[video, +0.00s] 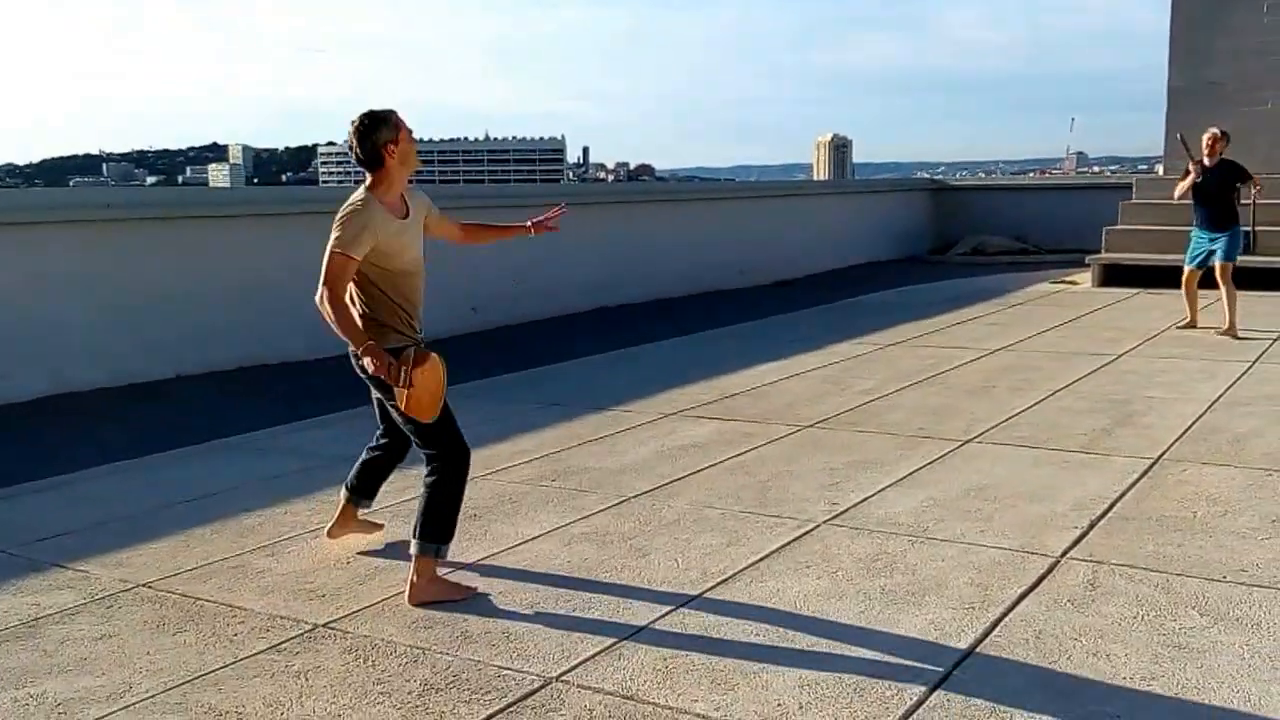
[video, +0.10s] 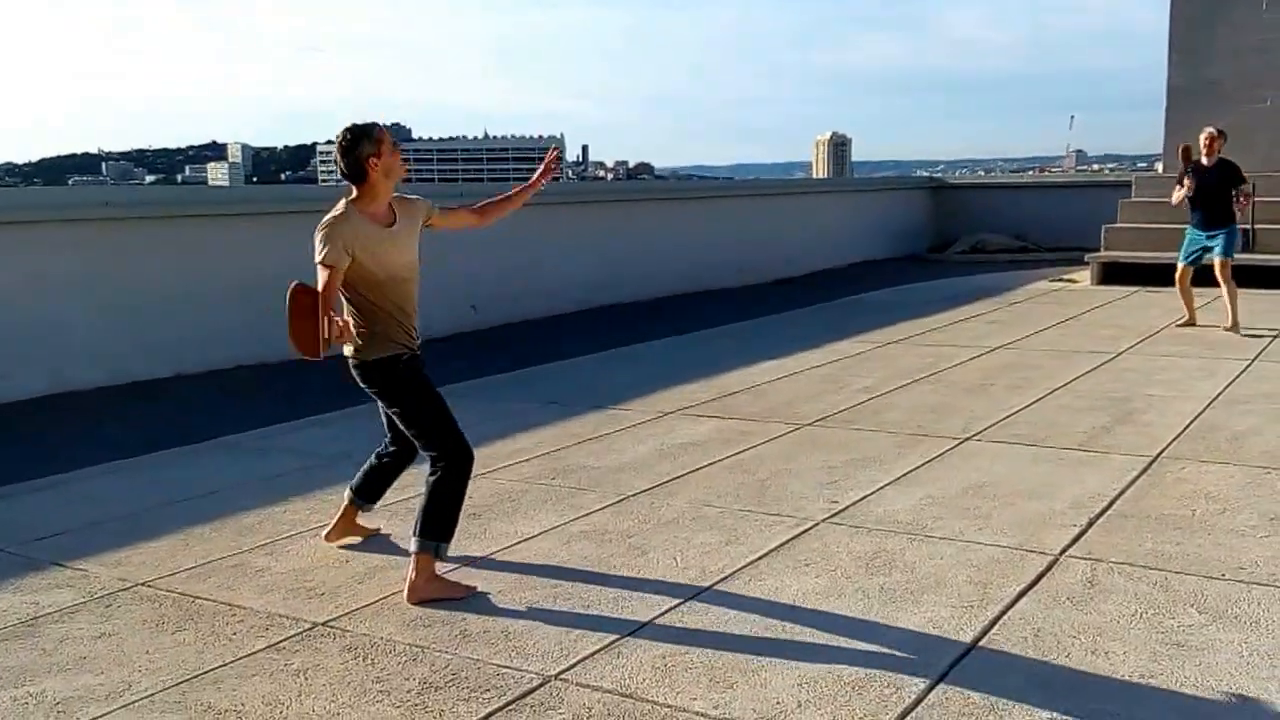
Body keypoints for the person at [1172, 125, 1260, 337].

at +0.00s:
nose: (1209, 144)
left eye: (1215, 141)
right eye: (1207, 140)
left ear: (1223, 146)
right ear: (1202, 143)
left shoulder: (1230, 167)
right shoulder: (1194, 168)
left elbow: (1253, 181)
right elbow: (1177, 195)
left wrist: (1256, 189)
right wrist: (1192, 177)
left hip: (1227, 231)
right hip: (1201, 230)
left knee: (1222, 274)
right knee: (1188, 277)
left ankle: (1230, 325)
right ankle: (1192, 318)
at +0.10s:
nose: (1207, 144)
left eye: (1212, 140)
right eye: (1204, 140)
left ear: (1219, 145)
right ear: (1199, 143)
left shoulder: (1229, 167)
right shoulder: (1190, 169)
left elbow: (1245, 191)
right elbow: (1174, 201)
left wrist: (1243, 202)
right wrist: (1185, 190)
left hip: (1223, 229)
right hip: (1196, 230)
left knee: (1222, 272)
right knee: (1181, 277)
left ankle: (1233, 321)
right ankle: (1190, 315)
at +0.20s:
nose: (1206, 144)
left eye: (1211, 140)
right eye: (1204, 140)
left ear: (1219, 145)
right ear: (1198, 143)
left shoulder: (1228, 168)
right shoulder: (1190, 168)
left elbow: (1239, 199)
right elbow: (1176, 196)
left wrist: (1229, 224)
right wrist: (1179, 201)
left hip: (1219, 229)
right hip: (1194, 229)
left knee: (1220, 270)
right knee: (1179, 275)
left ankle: (1240, 313)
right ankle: (1189, 314)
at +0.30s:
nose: (1205, 140)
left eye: (1210, 137)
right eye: (1203, 137)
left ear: (1218, 142)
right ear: (1197, 140)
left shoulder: (1229, 165)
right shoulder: (1191, 166)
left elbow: (1238, 197)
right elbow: (1182, 193)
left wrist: (1228, 222)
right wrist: (1173, 207)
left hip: (1218, 229)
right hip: (1193, 228)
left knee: (1223, 272)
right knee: (1179, 273)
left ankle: (1242, 316)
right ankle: (1188, 312)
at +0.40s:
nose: (1204, 129)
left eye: (1209, 126)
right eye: (1202, 125)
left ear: (1218, 130)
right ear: (1197, 129)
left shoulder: (1228, 153)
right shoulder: (1192, 155)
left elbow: (1239, 185)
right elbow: (1186, 182)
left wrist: (1232, 214)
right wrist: (1176, 207)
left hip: (1220, 219)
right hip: (1195, 219)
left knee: (1228, 263)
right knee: (1184, 264)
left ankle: (1243, 310)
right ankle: (1187, 308)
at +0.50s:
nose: (1202, 124)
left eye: (1207, 120)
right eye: (1200, 119)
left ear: (1217, 124)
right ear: (1195, 123)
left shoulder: (1227, 145)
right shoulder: (1194, 149)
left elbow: (1241, 179)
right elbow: (1191, 179)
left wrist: (1233, 206)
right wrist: (1174, 204)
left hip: (1221, 211)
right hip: (1198, 211)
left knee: (1230, 257)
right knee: (1183, 254)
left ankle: (1248, 304)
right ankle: (1182, 301)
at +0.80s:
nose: (1179, 152)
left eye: (1183, 147)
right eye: (1178, 148)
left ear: (1195, 149)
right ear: (1177, 151)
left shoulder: (1206, 167)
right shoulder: (1189, 175)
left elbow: (1222, 184)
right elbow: (1180, 201)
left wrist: (1211, 201)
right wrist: (1154, 203)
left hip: (1221, 228)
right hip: (1201, 229)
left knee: (1222, 271)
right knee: (1170, 262)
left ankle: (1256, 309)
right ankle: (1165, 303)